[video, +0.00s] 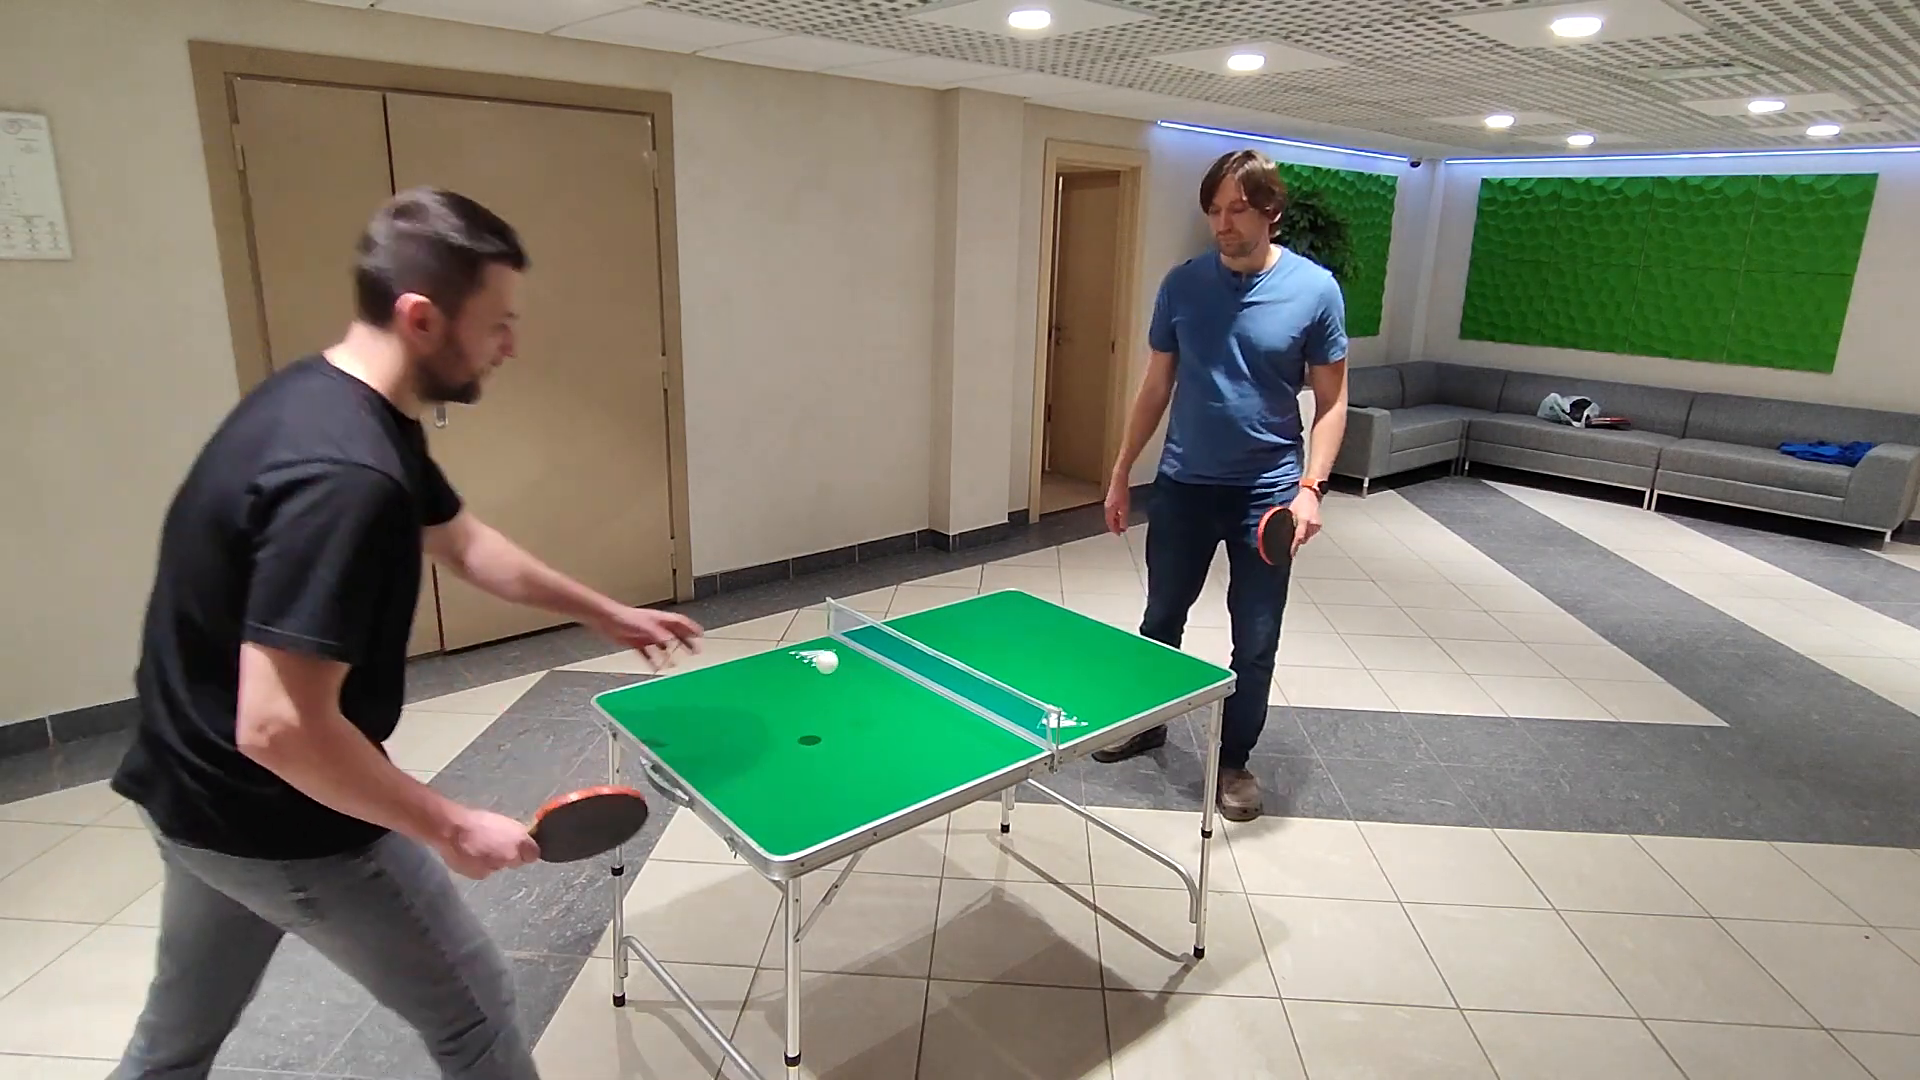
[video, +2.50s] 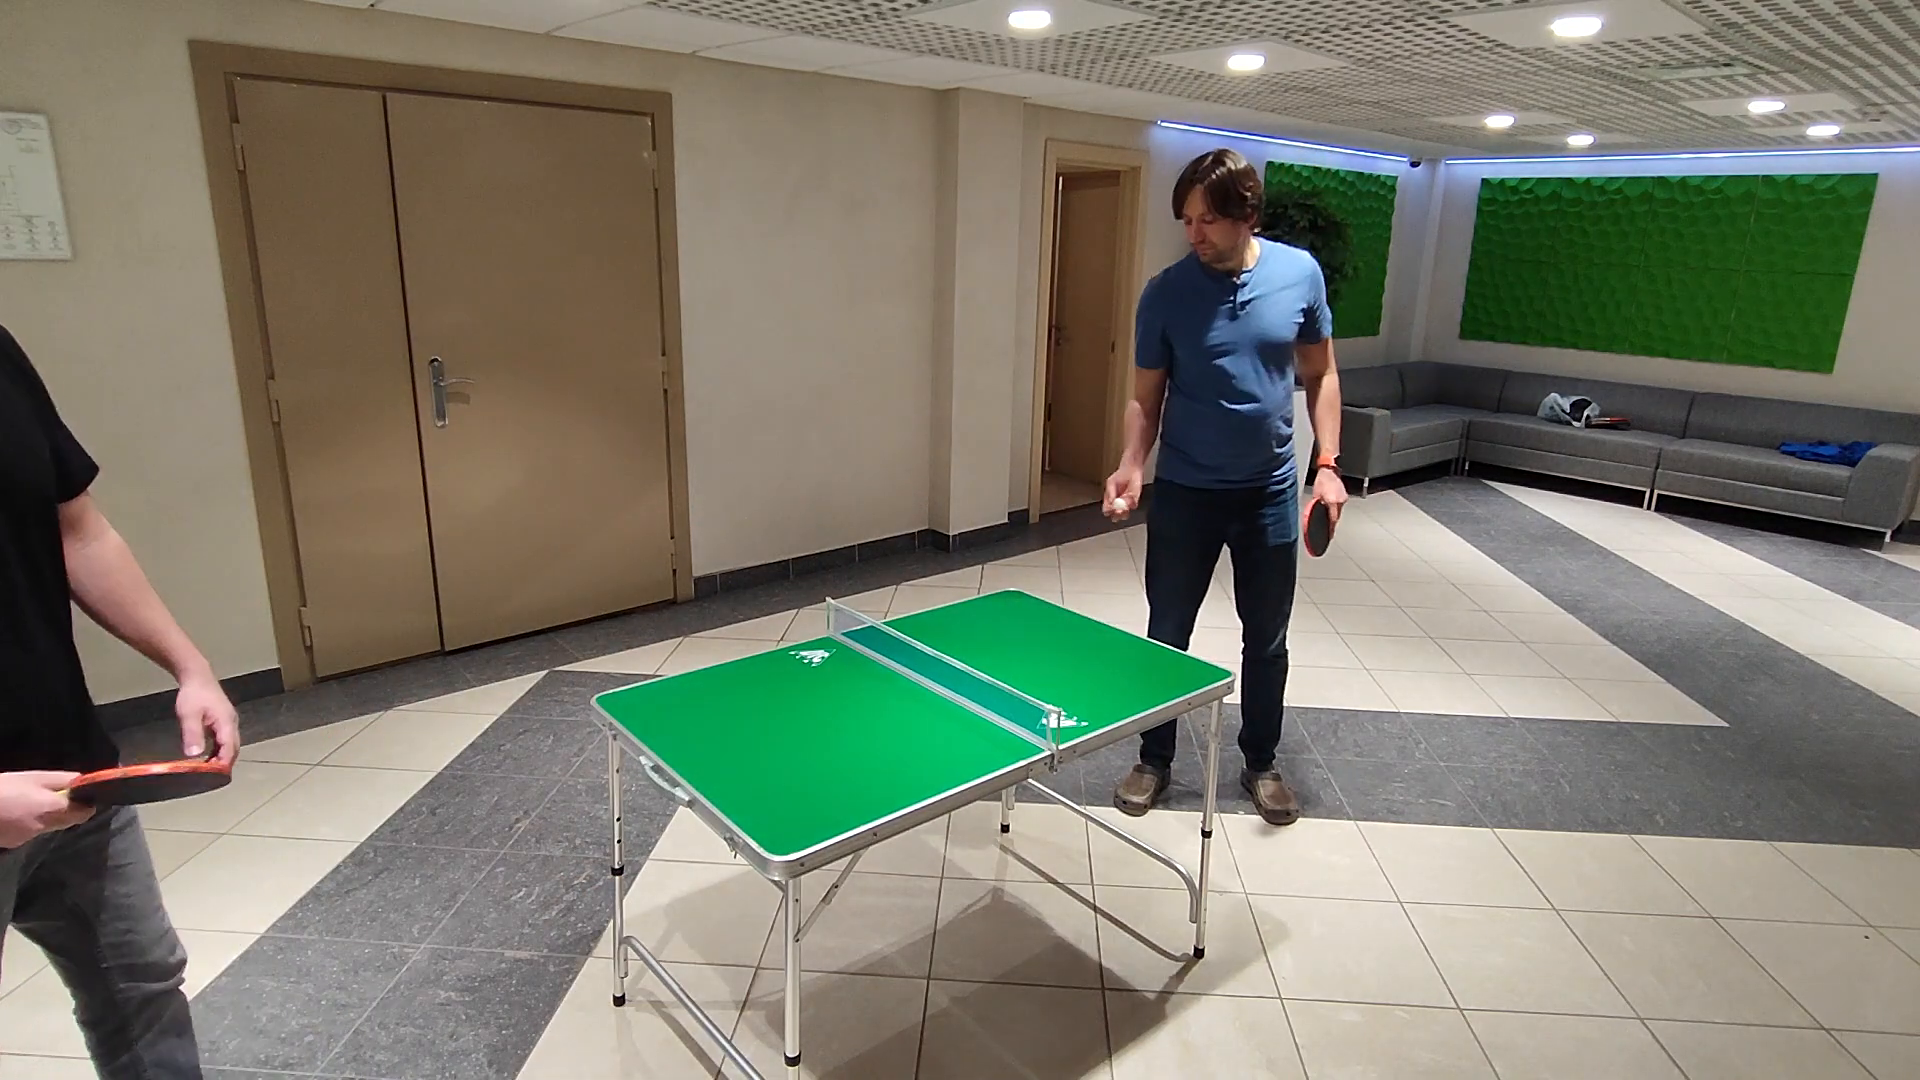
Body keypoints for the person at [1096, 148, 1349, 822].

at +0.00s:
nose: (1224, 224)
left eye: (1238, 212)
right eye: (1216, 212)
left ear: (1271, 213)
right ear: (1207, 212)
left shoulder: (1316, 290)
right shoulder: (1183, 283)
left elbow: (1331, 402)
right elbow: (1156, 384)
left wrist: (1311, 490)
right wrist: (1121, 469)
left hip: (1267, 488)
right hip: (1184, 481)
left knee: (1255, 644)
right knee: (1161, 616)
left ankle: (1235, 765)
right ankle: (1140, 720)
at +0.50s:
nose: (1270, 192)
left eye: (1287, 186)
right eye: (1267, 181)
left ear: (1319, 207)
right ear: (1258, 191)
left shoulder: (1344, 294)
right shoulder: (1223, 269)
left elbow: (1355, 419)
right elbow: (1189, 369)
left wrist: (1354, 520)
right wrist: (1155, 451)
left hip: (1279, 491)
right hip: (1201, 476)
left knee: (1254, 642)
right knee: (1171, 615)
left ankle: (1235, 764)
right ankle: (1162, 734)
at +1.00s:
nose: (1262, 213)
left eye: (1277, 204)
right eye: (1257, 201)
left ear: (1310, 212)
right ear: (1248, 203)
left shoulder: (1341, 291)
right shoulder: (1217, 276)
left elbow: (1343, 407)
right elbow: (1181, 374)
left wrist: (1307, 499)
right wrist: (1144, 460)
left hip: (1282, 488)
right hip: (1207, 477)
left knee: (1259, 635)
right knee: (1203, 617)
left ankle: (1237, 758)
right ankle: (1205, 719)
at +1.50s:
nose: (1244, 220)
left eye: (1257, 208)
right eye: (1236, 209)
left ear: (1289, 210)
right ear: (1229, 215)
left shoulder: (1340, 280)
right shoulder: (1212, 284)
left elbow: (1364, 390)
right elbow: (1174, 378)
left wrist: (1381, 480)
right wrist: (1144, 438)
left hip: (1302, 477)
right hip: (1221, 475)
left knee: (1286, 629)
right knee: (1216, 615)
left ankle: (1264, 762)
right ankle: (1209, 723)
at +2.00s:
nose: (1260, 233)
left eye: (1274, 221)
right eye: (1254, 219)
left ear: (1312, 220)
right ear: (1249, 219)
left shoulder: (1359, 282)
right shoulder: (1231, 289)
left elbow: (1376, 387)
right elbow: (1169, 398)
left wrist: (1381, 477)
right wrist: (1109, 466)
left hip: (1317, 490)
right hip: (1232, 486)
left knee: (1293, 643)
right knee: (1192, 630)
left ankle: (1264, 764)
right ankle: (1160, 752)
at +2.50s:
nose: (1195, 232)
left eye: (1208, 220)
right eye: (1188, 219)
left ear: (1246, 215)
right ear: (1183, 217)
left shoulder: (1299, 274)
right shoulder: (1165, 294)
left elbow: (1320, 376)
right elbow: (1145, 398)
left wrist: (1329, 465)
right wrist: (1131, 465)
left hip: (1271, 488)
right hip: (1185, 488)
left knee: (1266, 640)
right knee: (1165, 633)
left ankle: (1262, 765)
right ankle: (1153, 761)